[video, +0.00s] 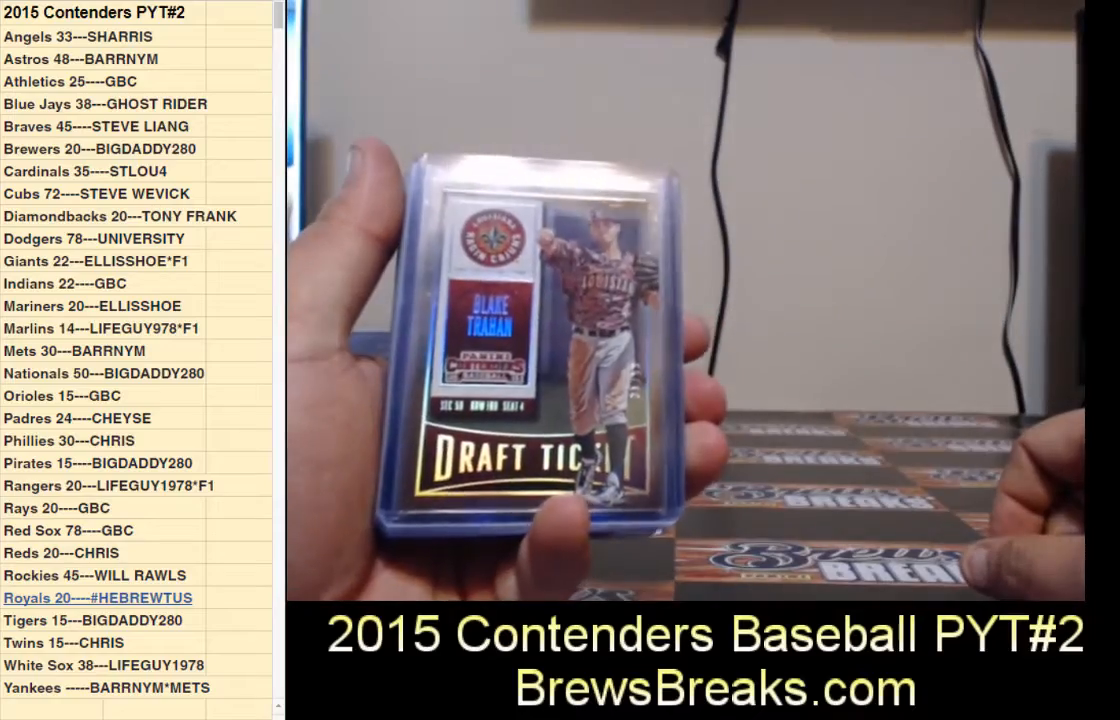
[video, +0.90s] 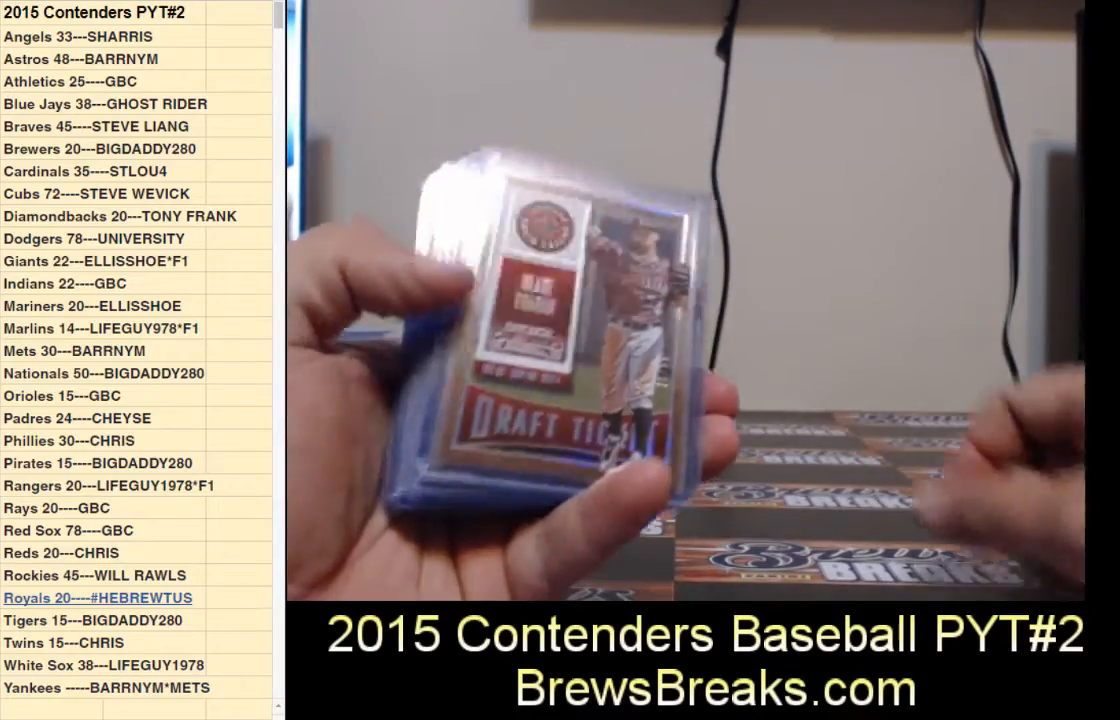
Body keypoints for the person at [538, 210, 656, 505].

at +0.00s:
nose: (601, 230)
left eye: (607, 224)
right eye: (596, 224)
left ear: (618, 228)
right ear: (590, 228)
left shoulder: (631, 263)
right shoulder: (577, 255)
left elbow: (654, 302)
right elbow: (555, 248)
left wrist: (653, 279)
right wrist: (548, 241)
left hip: (618, 340)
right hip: (583, 339)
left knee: (614, 409)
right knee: (581, 410)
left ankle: (616, 479)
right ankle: (589, 460)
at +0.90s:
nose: (639, 236)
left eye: (646, 231)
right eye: (636, 230)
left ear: (657, 237)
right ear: (630, 234)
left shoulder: (665, 267)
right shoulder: (616, 257)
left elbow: (677, 304)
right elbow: (589, 235)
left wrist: (683, 287)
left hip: (649, 331)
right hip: (618, 328)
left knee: (642, 393)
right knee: (613, 390)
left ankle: (640, 453)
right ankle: (613, 442)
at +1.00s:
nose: (649, 234)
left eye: (655, 230)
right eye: (646, 229)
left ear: (664, 235)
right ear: (640, 232)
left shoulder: (672, 265)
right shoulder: (628, 254)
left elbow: (683, 296)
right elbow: (604, 241)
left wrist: (690, 283)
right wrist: (604, 238)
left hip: (658, 323)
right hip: (627, 321)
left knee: (652, 386)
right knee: (623, 383)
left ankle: (648, 443)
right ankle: (623, 436)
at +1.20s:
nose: (672, 235)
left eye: (677, 229)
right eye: (667, 228)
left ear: (686, 233)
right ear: (659, 231)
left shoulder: (695, 263)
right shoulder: (648, 257)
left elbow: (711, 296)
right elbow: (622, 246)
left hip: (685, 328)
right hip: (654, 328)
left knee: (680, 393)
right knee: (650, 393)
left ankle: (681, 454)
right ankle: (653, 452)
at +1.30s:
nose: (702, 252)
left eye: (708, 247)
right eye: (698, 245)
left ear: (714, 249)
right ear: (691, 247)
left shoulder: (723, 275)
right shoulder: (675, 267)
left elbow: (735, 307)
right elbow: (645, 257)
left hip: (714, 340)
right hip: (682, 339)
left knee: (709, 403)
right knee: (679, 400)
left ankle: (710, 462)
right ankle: (682, 457)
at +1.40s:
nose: (723, 272)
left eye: (729, 266)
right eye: (716, 266)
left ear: (736, 262)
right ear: (706, 261)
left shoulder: (743, 284)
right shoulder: (695, 279)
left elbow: (772, 295)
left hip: (734, 352)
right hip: (704, 351)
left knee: (733, 417)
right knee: (704, 418)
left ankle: (734, 479)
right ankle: (709, 474)